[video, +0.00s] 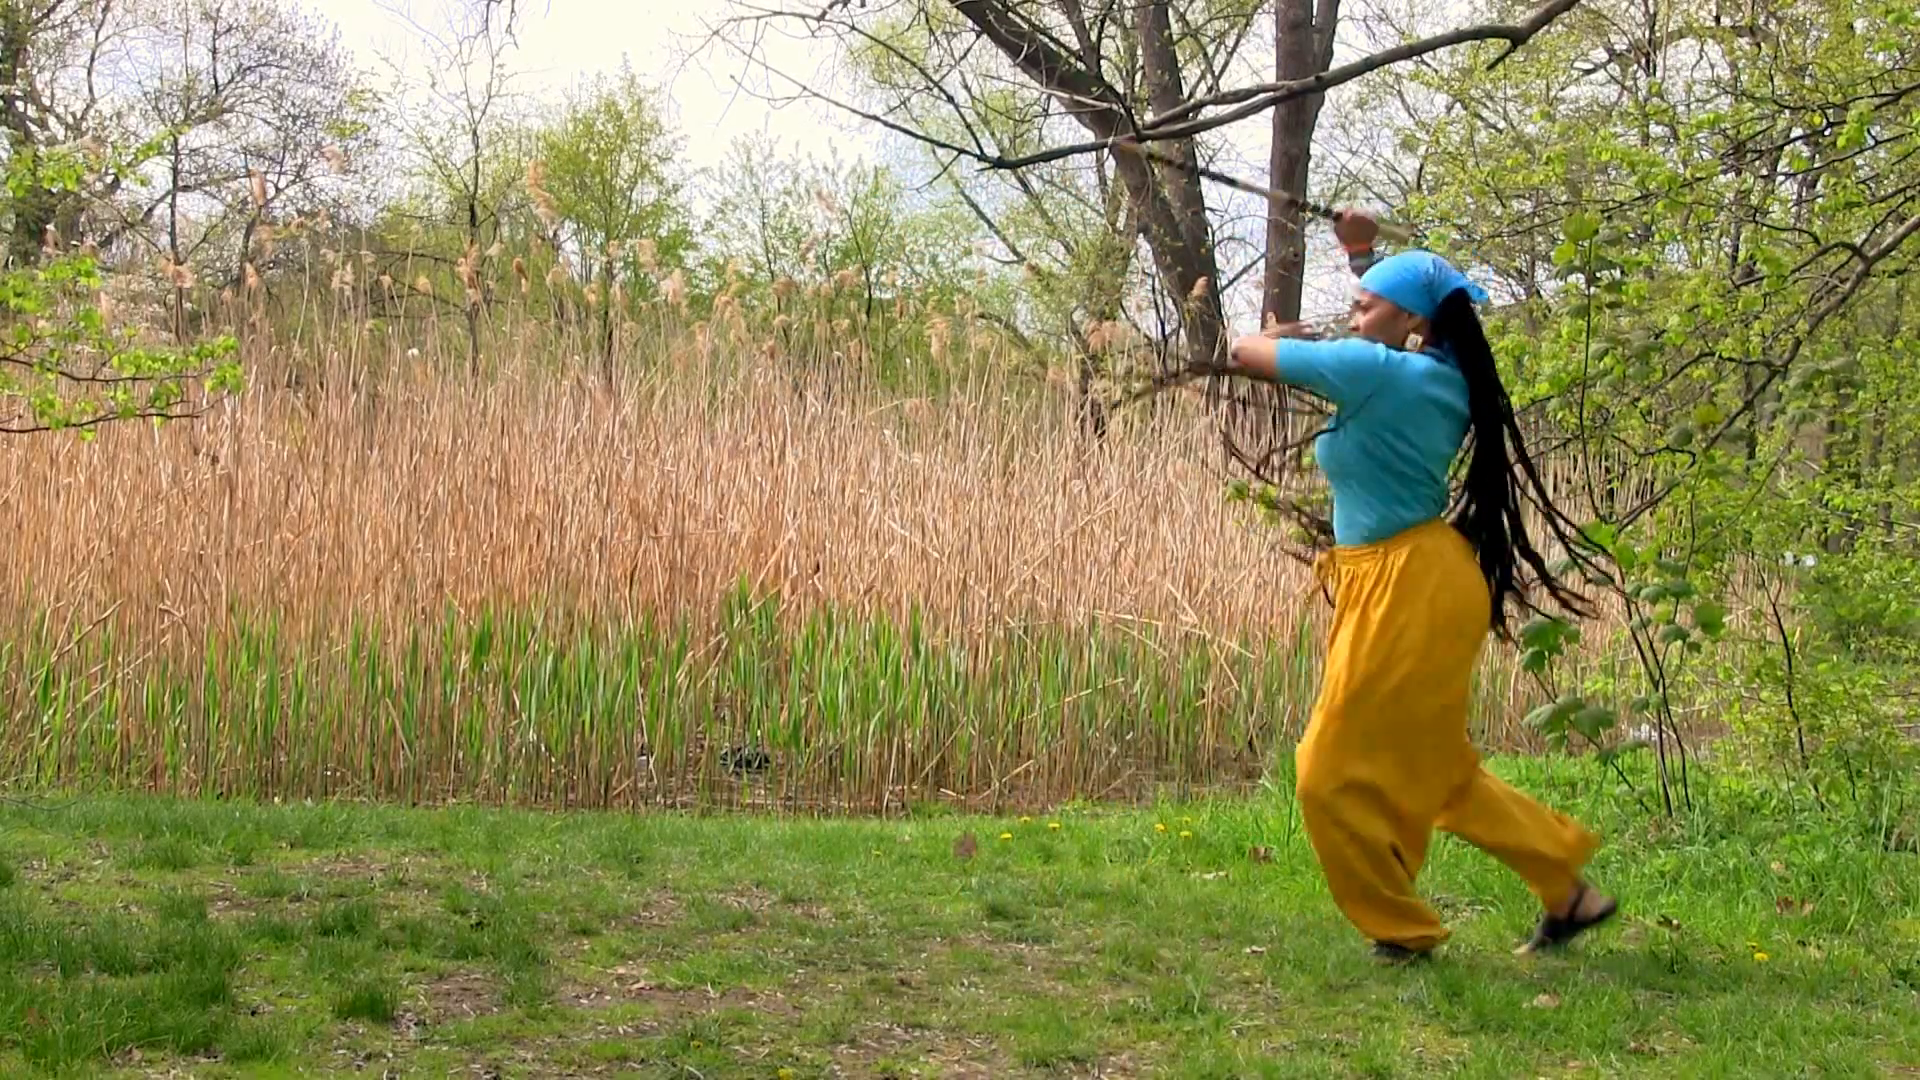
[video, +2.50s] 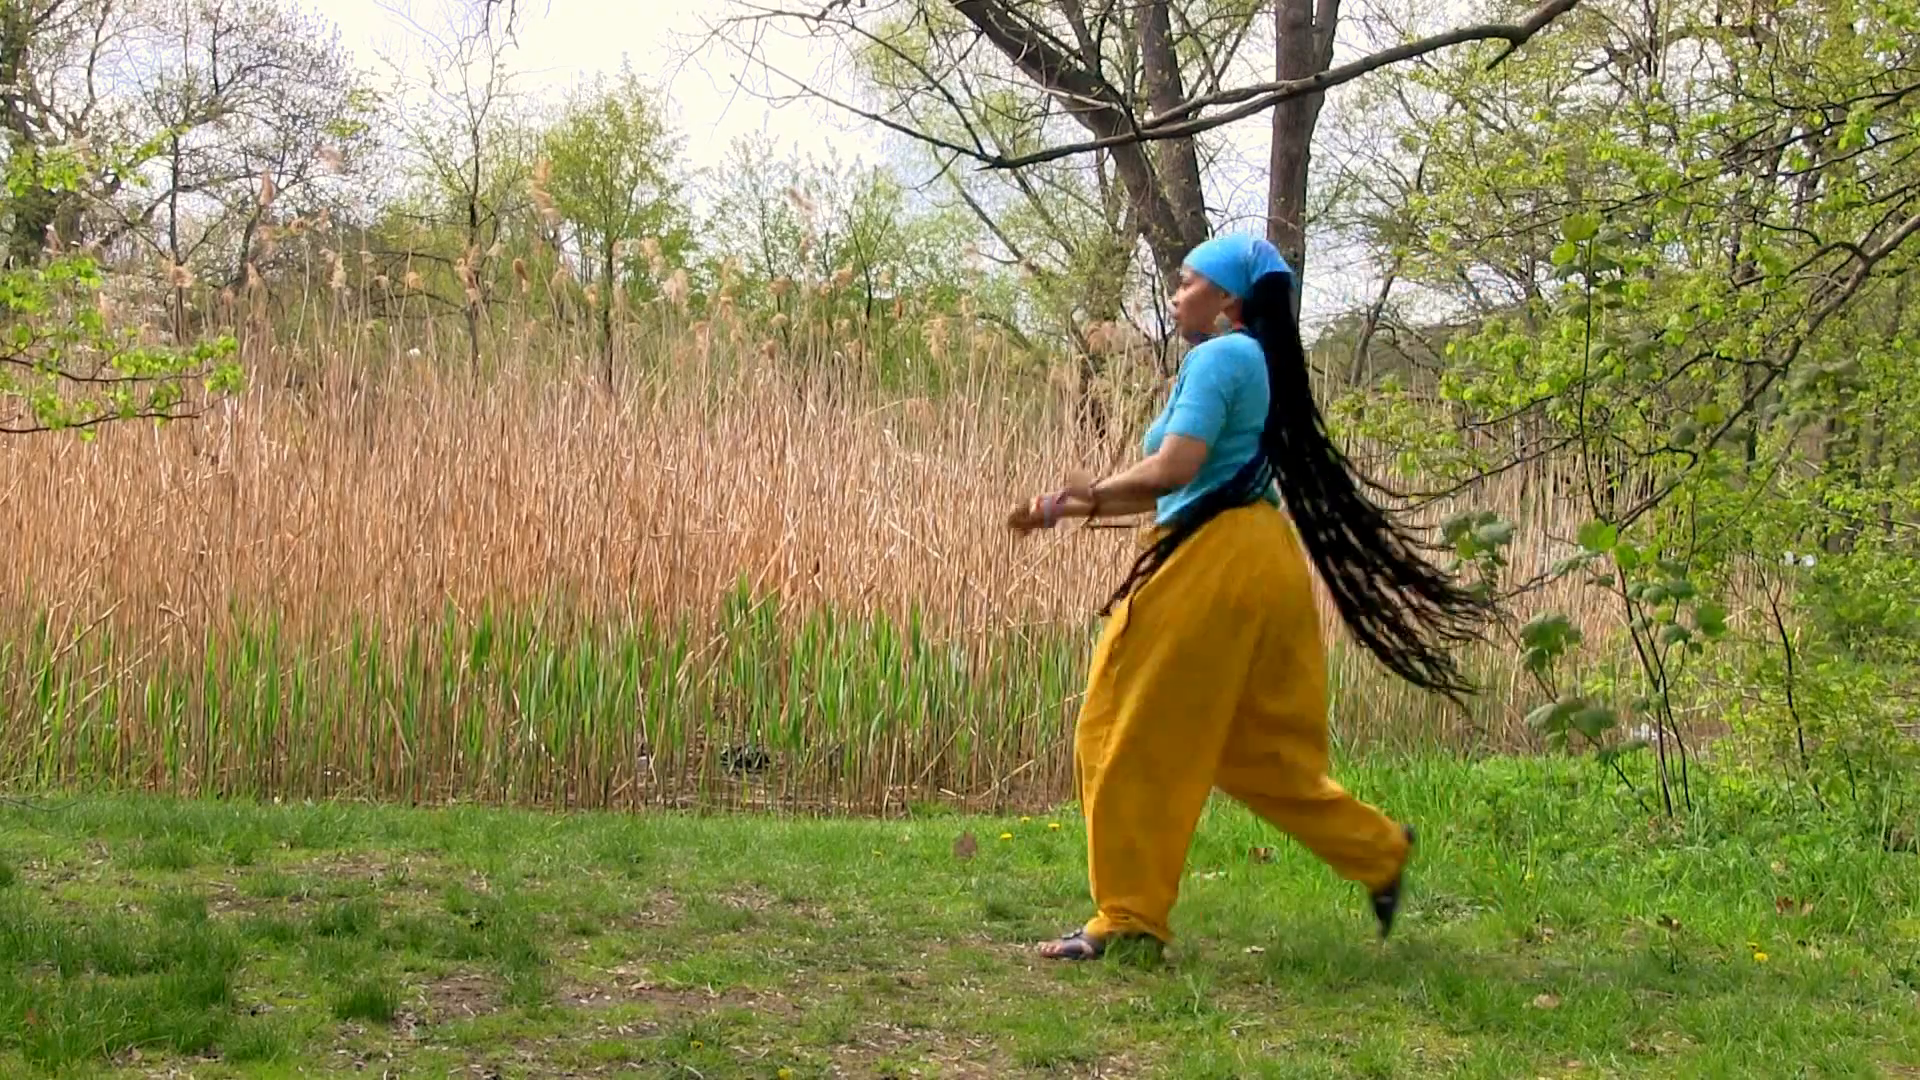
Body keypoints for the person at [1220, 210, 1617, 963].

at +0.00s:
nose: (1358, 308)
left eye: (1373, 301)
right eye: (1360, 298)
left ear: (1413, 318)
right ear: (1424, 323)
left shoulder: (1371, 369)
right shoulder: (1450, 384)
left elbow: (1247, 353)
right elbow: (1407, 328)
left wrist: (1280, 331)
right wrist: (1362, 254)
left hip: (1401, 582)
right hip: (1439, 570)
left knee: (1326, 771)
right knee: (1433, 767)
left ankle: (1403, 934)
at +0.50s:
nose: (1266, 321)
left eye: (1281, 310)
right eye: (1271, 308)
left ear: (1325, 330)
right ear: (1311, 328)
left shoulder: (1340, 382)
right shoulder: (1287, 396)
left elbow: (1205, 373)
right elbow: (1227, 461)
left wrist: (1196, 317)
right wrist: (1147, 465)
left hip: (1345, 588)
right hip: (1286, 588)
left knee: (1296, 773)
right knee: (1212, 735)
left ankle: (1412, 932)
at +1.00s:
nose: (1219, 366)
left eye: (1231, 355)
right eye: (1224, 353)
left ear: (1265, 362)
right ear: (1297, 363)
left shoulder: (1234, 409)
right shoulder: (1346, 402)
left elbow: (1103, 462)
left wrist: (994, 499)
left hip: (1325, 581)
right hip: (1411, 583)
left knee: (1193, 707)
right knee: (1380, 758)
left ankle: (1205, 910)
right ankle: (1493, 911)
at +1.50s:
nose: (1271, 384)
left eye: (1282, 372)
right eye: (1275, 371)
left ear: (1320, 383)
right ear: (1324, 384)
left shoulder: (1338, 424)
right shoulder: (1330, 442)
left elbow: (1396, 497)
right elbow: (1294, 577)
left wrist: (1312, 566)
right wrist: (1208, 610)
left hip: (1342, 625)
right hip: (1404, 627)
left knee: (1201, 751)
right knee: (1375, 792)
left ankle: (1118, 930)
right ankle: (1477, 930)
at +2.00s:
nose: (1384, 306)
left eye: (1397, 295)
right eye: (1390, 294)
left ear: (1432, 306)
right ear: (1447, 313)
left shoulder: (1412, 345)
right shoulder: (1440, 375)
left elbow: (1304, 404)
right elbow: (1327, 464)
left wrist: (1349, 381)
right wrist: (1247, 435)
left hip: (1401, 557)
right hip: (1462, 566)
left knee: (1259, 715)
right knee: (1422, 766)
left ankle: (1360, 873)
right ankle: (1484, 934)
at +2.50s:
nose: (1176, 295)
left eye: (1189, 284)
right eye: (1182, 280)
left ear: (1227, 300)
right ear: (1231, 301)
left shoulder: (1216, 360)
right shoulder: (1247, 361)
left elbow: (1173, 467)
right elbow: (1171, 477)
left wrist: (1084, 494)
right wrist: (1085, 503)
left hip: (1216, 557)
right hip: (1269, 552)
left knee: (1126, 728)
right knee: (1245, 743)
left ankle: (1128, 917)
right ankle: (1378, 851)